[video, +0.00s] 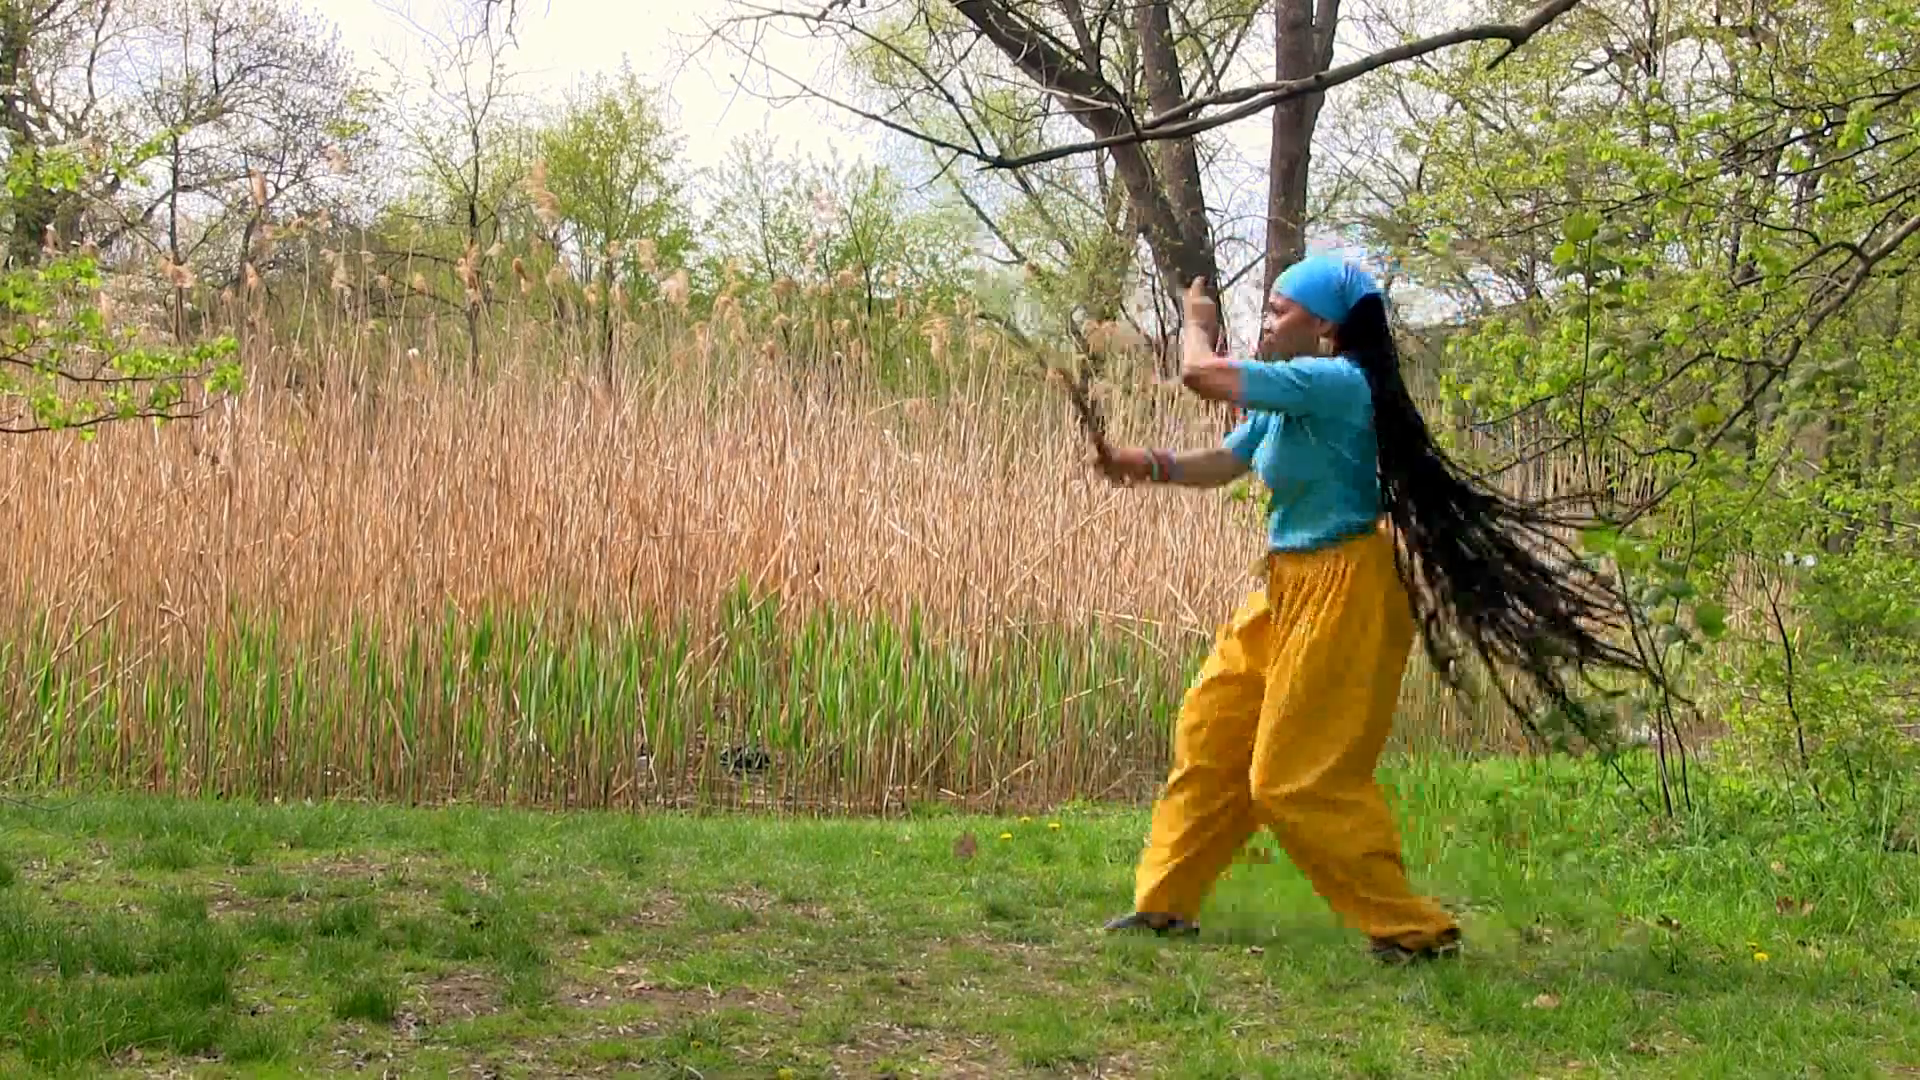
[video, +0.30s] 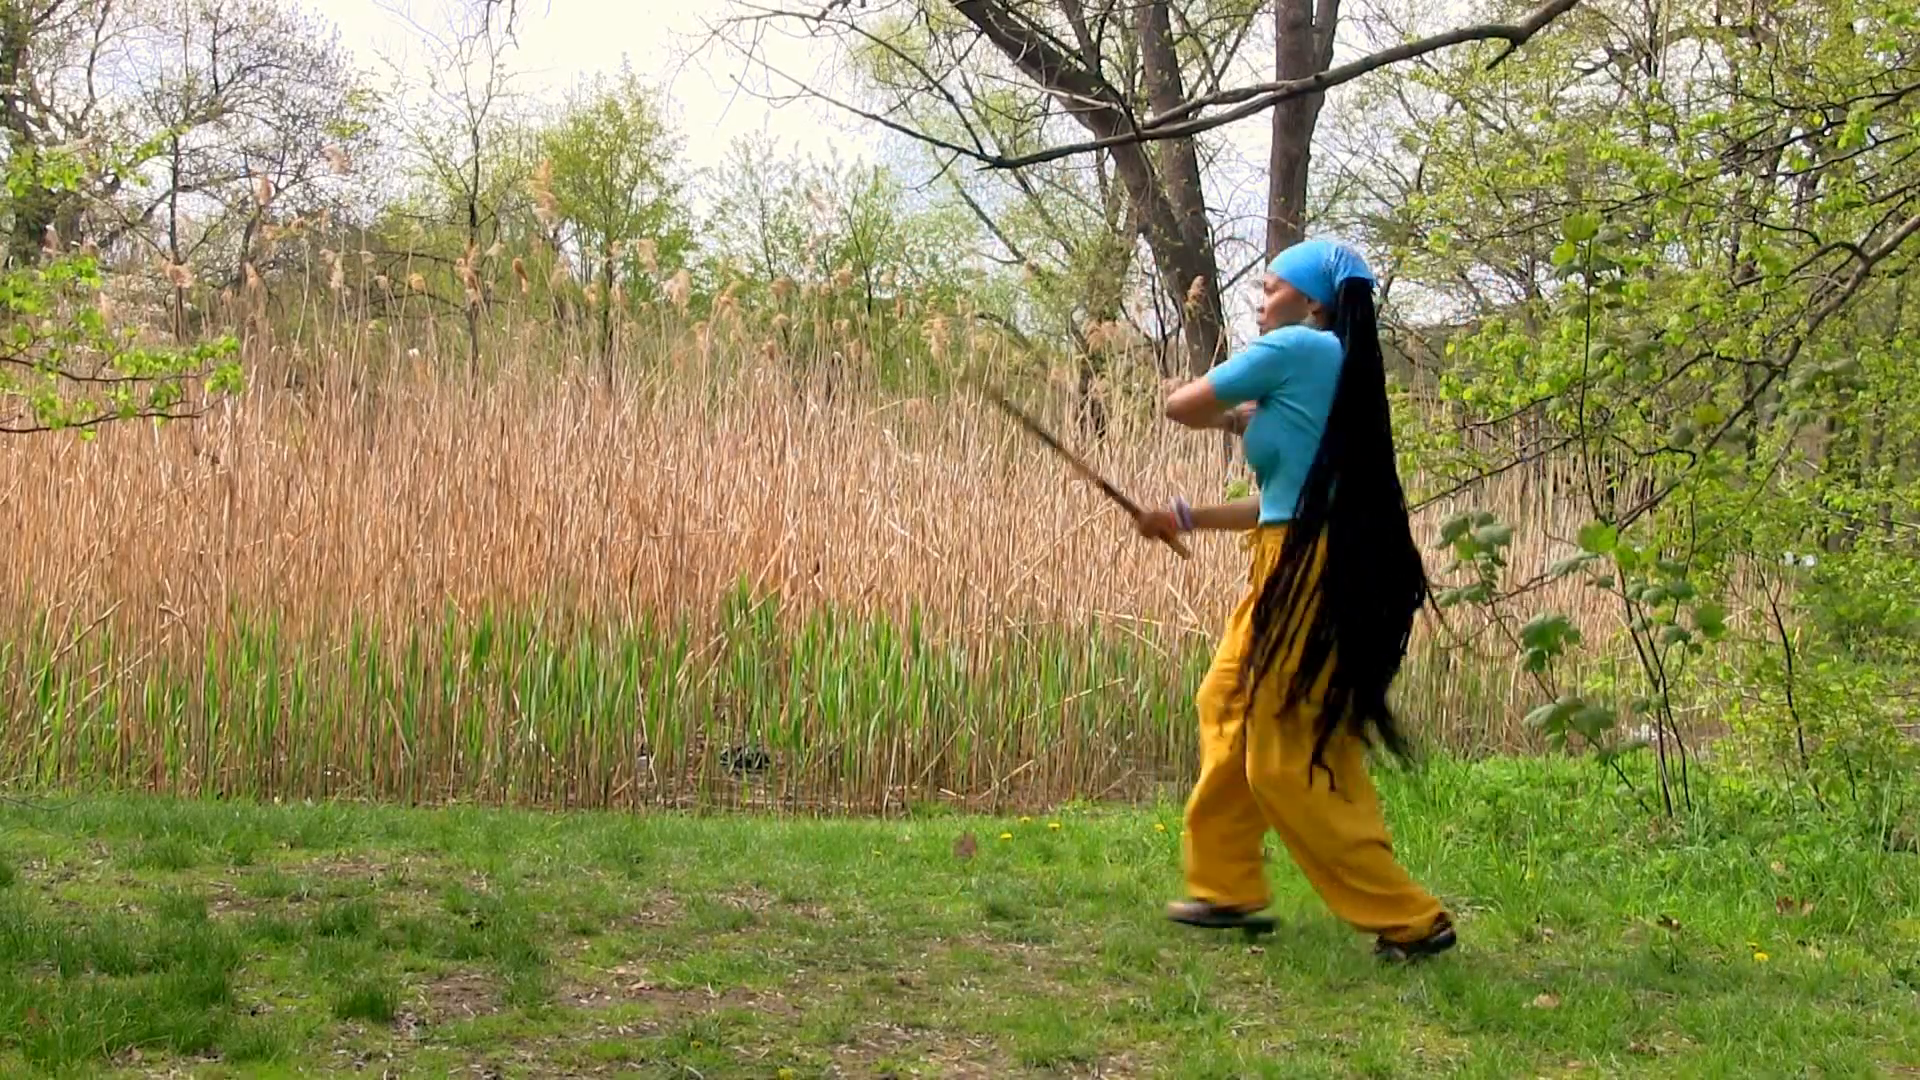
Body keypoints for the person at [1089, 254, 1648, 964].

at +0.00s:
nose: (1266, 321)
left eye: (1281, 310)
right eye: (1271, 308)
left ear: (1325, 330)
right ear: (1311, 328)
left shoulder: (1340, 382)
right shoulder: (1287, 396)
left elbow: (1205, 373)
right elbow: (1227, 461)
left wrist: (1196, 317)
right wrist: (1147, 465)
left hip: (1345, 588)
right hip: (1286, 588)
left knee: (1296, 773)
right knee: (1212, 735)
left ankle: (1412, 932)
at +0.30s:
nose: (1262, 298)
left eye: (1274, 289)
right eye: (1266, 288)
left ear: (1310, 301)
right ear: (1320, 306)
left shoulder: (1297, 347)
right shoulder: (1323, 367)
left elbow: (1182, 404)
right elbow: (1285, 501)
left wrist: (1239, 410)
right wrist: (1187, 517)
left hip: (1312, 561)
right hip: (1290, 560)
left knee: (1281, 750)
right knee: (1225, 705)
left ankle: (1409, 920)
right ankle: (1231, 890)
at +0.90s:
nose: (1225, 440)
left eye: (1236, 424)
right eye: (1228, 425)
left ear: (1275, 429)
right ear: (1285, 434)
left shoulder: (1277, 463)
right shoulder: (1305, 483)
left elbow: (1326, 536)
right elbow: (1270, 632)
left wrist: (1256, 637)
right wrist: (1178, 684)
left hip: (1328, 650)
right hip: (1400, 650)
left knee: (1165, 754)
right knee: (1351, 808)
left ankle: (1111, 929)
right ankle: (1474, 929)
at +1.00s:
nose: (1271, 384)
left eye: (1282, 372)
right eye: (1275, 371)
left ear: (1320, 383)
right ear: (1324, 384)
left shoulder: (1338, 424)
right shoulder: (1330, 442)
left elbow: (1396, 497)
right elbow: (1294, 577)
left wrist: (1312, 566)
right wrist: (1208, 610)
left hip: (1342, 625)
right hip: (1404, 627)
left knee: (1201, 751)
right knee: (1375, 792)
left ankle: (1118, 930)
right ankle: (1477, 930)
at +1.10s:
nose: (1319, 343)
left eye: (1332, 330)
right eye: (1323, 330)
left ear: (1370, 343)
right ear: (1369, 345)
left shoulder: (1387, 388)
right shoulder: (1362, 414)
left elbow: (1404, 488)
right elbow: (1289, 510)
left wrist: (1319, 506)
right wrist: (1222, 503)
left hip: (1381, 586)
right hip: (1428, 594)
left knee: (1227, 719)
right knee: (1394, 764)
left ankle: (1185, 922)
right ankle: (1477, 930)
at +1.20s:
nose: (1362, 320)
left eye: (1374, 309)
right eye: (1367, 308)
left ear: (1412, 321)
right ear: (1413, 323)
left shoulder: (1417, 375)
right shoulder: (1398, 382)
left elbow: (1329, 458)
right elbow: (1287, 428)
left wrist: (1305, 414)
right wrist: (1216, 411)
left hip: (1397, 569)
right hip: (1448, 579)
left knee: (1259, 729)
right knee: (1408, 764)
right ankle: (1480, 933)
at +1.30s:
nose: (1390, 313)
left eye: (1402, 304)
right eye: (1395, 303)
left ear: (1438, 318)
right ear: (1450, 323)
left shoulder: (1423, 364)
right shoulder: (1457, 377)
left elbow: (1305, 405)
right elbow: (1319, 396)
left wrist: (1336, 356)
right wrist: (1259, 354)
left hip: (1393, 563)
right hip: (1448, 565)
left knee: (1342, 775)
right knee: (1418, 766)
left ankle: (1474, 914)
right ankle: (1467, 928)